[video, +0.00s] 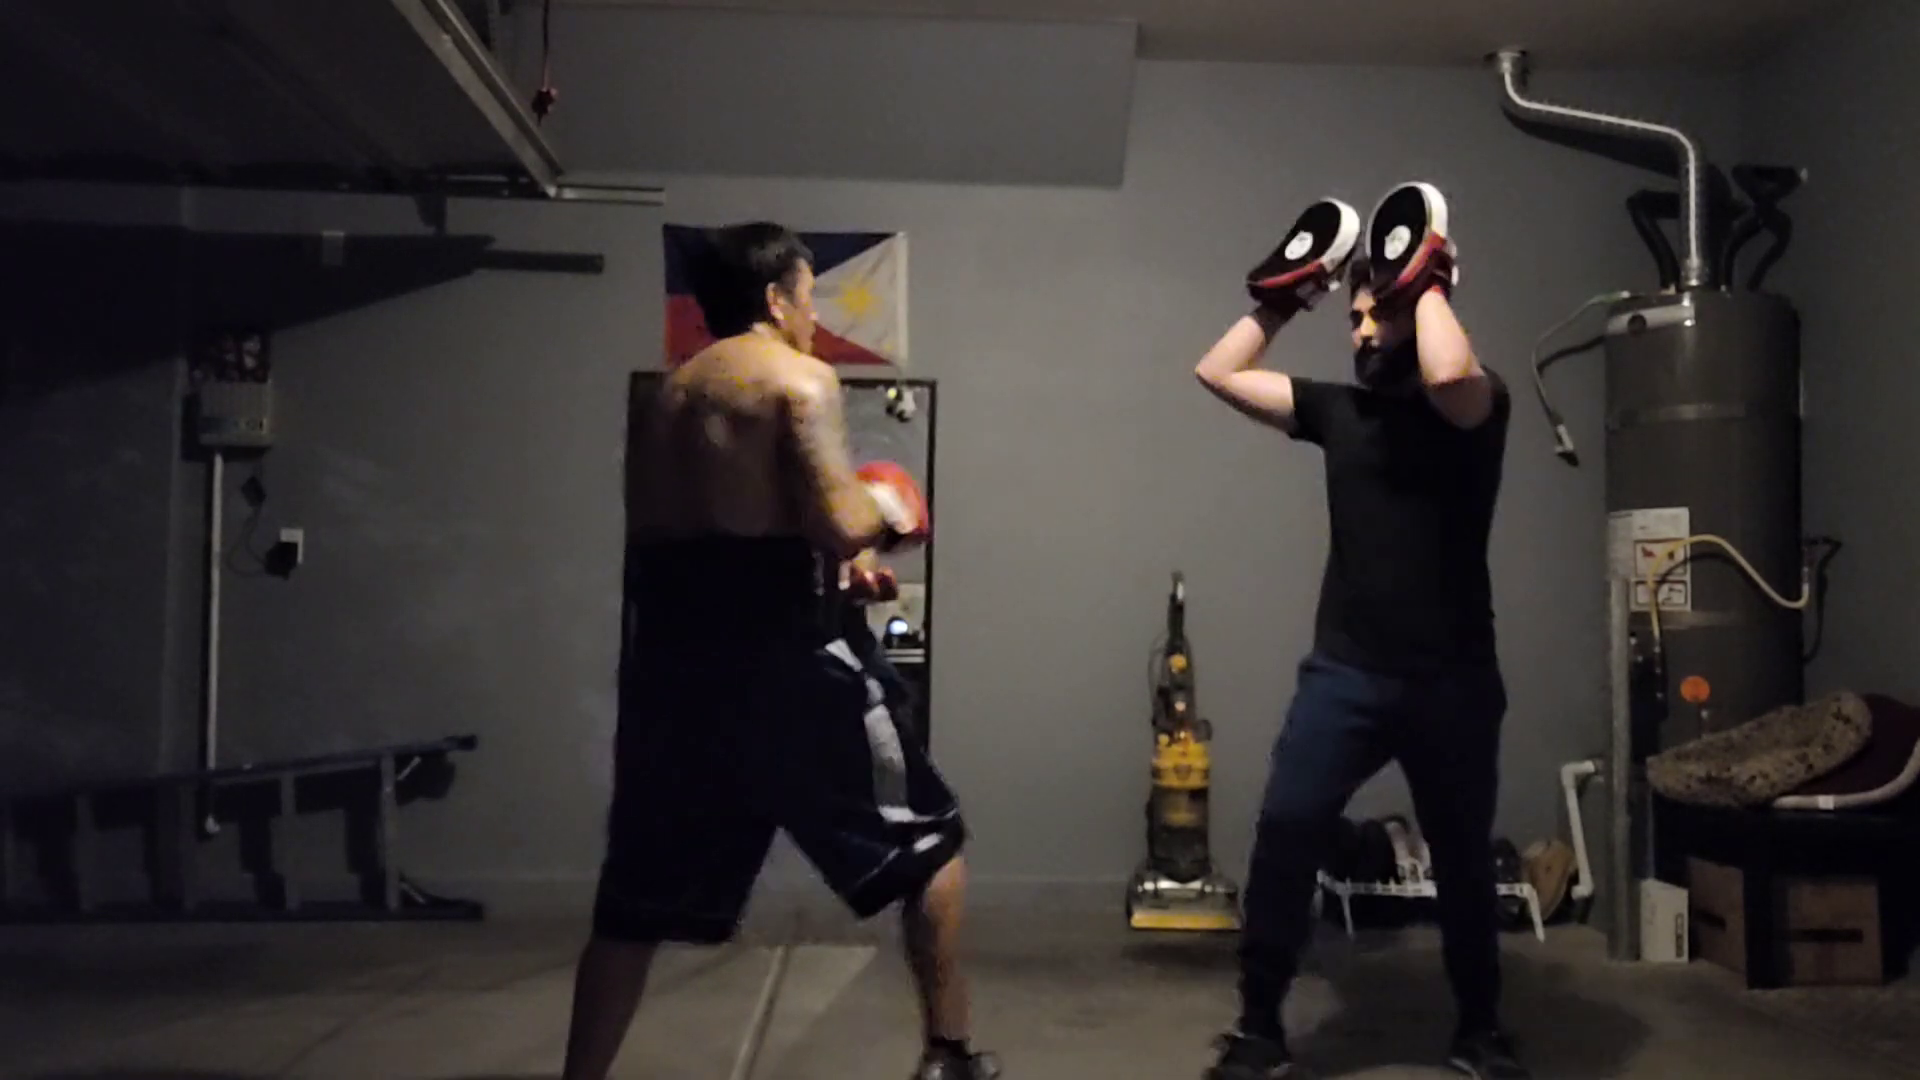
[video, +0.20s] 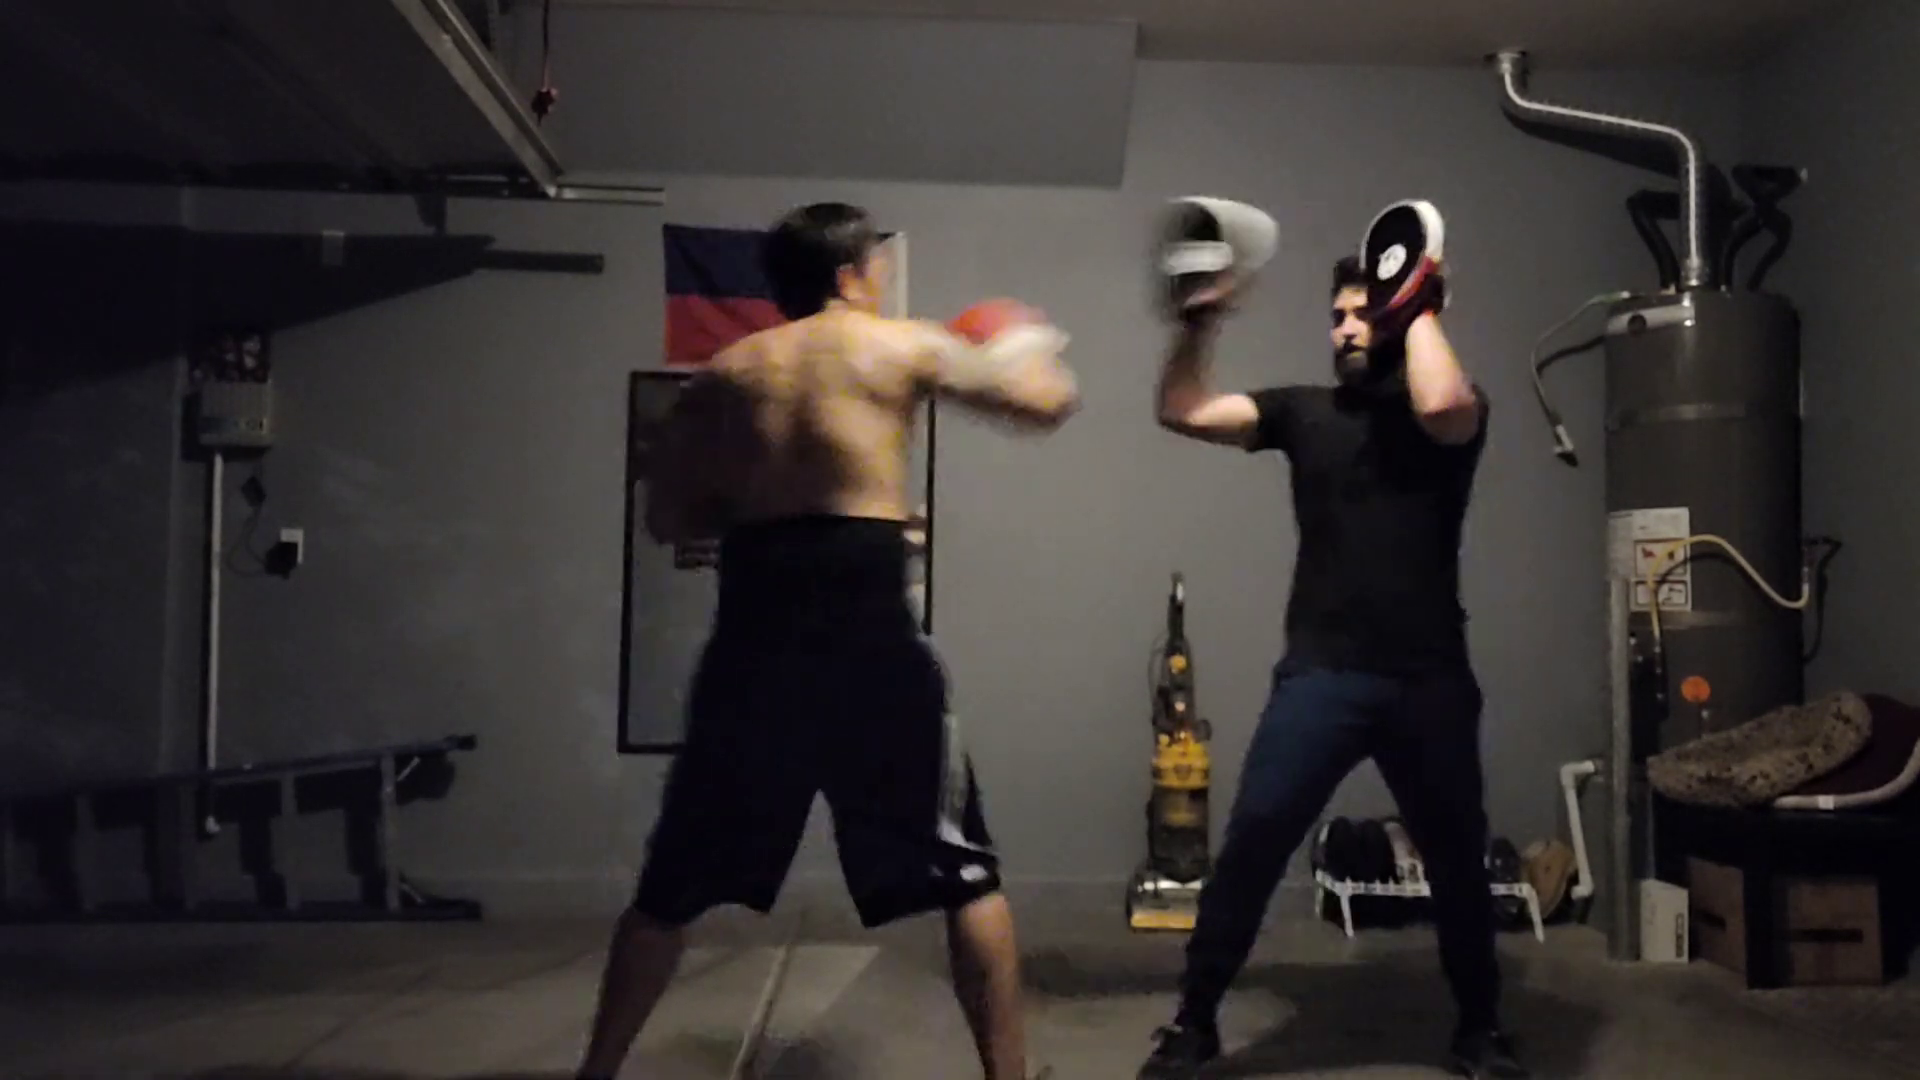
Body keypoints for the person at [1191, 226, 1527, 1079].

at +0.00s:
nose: (1364, 328)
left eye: (1381, 311)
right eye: (1354, 315)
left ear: (1420, 316)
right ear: (1346, 325)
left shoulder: (1473, 402)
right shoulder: (1337, 407)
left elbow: (1450, 374)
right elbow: (1219, 372)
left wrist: (1426, 282)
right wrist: (1279, 297)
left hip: (1451, 676)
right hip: (1345, 671)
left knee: (1463, 862)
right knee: (1284, 829)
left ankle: (1478, 1032)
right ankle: (1259, 1028)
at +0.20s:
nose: (1352, 327)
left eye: (1367, 313)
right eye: (1342, 314)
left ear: (1405, 322)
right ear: (1329, 325)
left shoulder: (1446, 406)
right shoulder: (1302, 410)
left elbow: (1441, 403)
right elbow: (1182, 410)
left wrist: (1418, 306)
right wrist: (1197, 324)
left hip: (1426, 677)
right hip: (1320, 674)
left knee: (1457, 864)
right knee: (1253, 838)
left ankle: (1479, 1032)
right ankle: (1193, 1023)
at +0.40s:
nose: (1296, 316)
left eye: (1315, 302)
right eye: (1286, 297)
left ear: (1346, 316)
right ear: (1262, 312)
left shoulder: (1382, 396)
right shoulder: (1241, 405)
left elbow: (1329, 429)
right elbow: (1125, 393)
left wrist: (1305, 334)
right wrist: (1134, 299)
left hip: (1375, 673)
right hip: (1270, 673)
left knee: (1421, 854)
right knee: (1227, 853)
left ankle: (1469, 1025)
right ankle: (1188, 1032)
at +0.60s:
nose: (1262, 321)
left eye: (1278, 307)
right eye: (1257, 309)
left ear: (1328, 323)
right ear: (1259, 329)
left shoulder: (1364, 397)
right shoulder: (1241, 415)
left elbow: (1294, 370)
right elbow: (1126, 419)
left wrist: (1241, 271)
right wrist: (1159, 324)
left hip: (1349, 671)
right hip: (1250, 672)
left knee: (1380, 846)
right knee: (1210, 844)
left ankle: (1409, 1001)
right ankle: (1185, 1027)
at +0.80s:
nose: (1297, 341)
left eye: (1311, 327)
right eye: (1289, 330)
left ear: (1347, 333)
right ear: (1280, 339)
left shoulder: (1401, 416)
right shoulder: (1262, 420)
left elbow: (1365, 408)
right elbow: (1148, 419)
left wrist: (1351, 313)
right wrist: (1185, 334)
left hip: (1373, 678)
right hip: (1275, 676)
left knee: (1380, 858)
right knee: (1230, 856)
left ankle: (1397, 1013)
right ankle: (1188, 1030)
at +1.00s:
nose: (1317, 345)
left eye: (1333, 330)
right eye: (1304, 332)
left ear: (1365, 335)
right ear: (1290, 340)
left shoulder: (1407, 412)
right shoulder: (1271, 416)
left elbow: (1391, 424)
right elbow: (1156, 411)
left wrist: (1371, 332)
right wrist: (1204, 335)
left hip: (1380, 676)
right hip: (1281, 670)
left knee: (1383, 855)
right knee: (1230, 842)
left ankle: (1396, 1011)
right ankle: (1180, 1016)